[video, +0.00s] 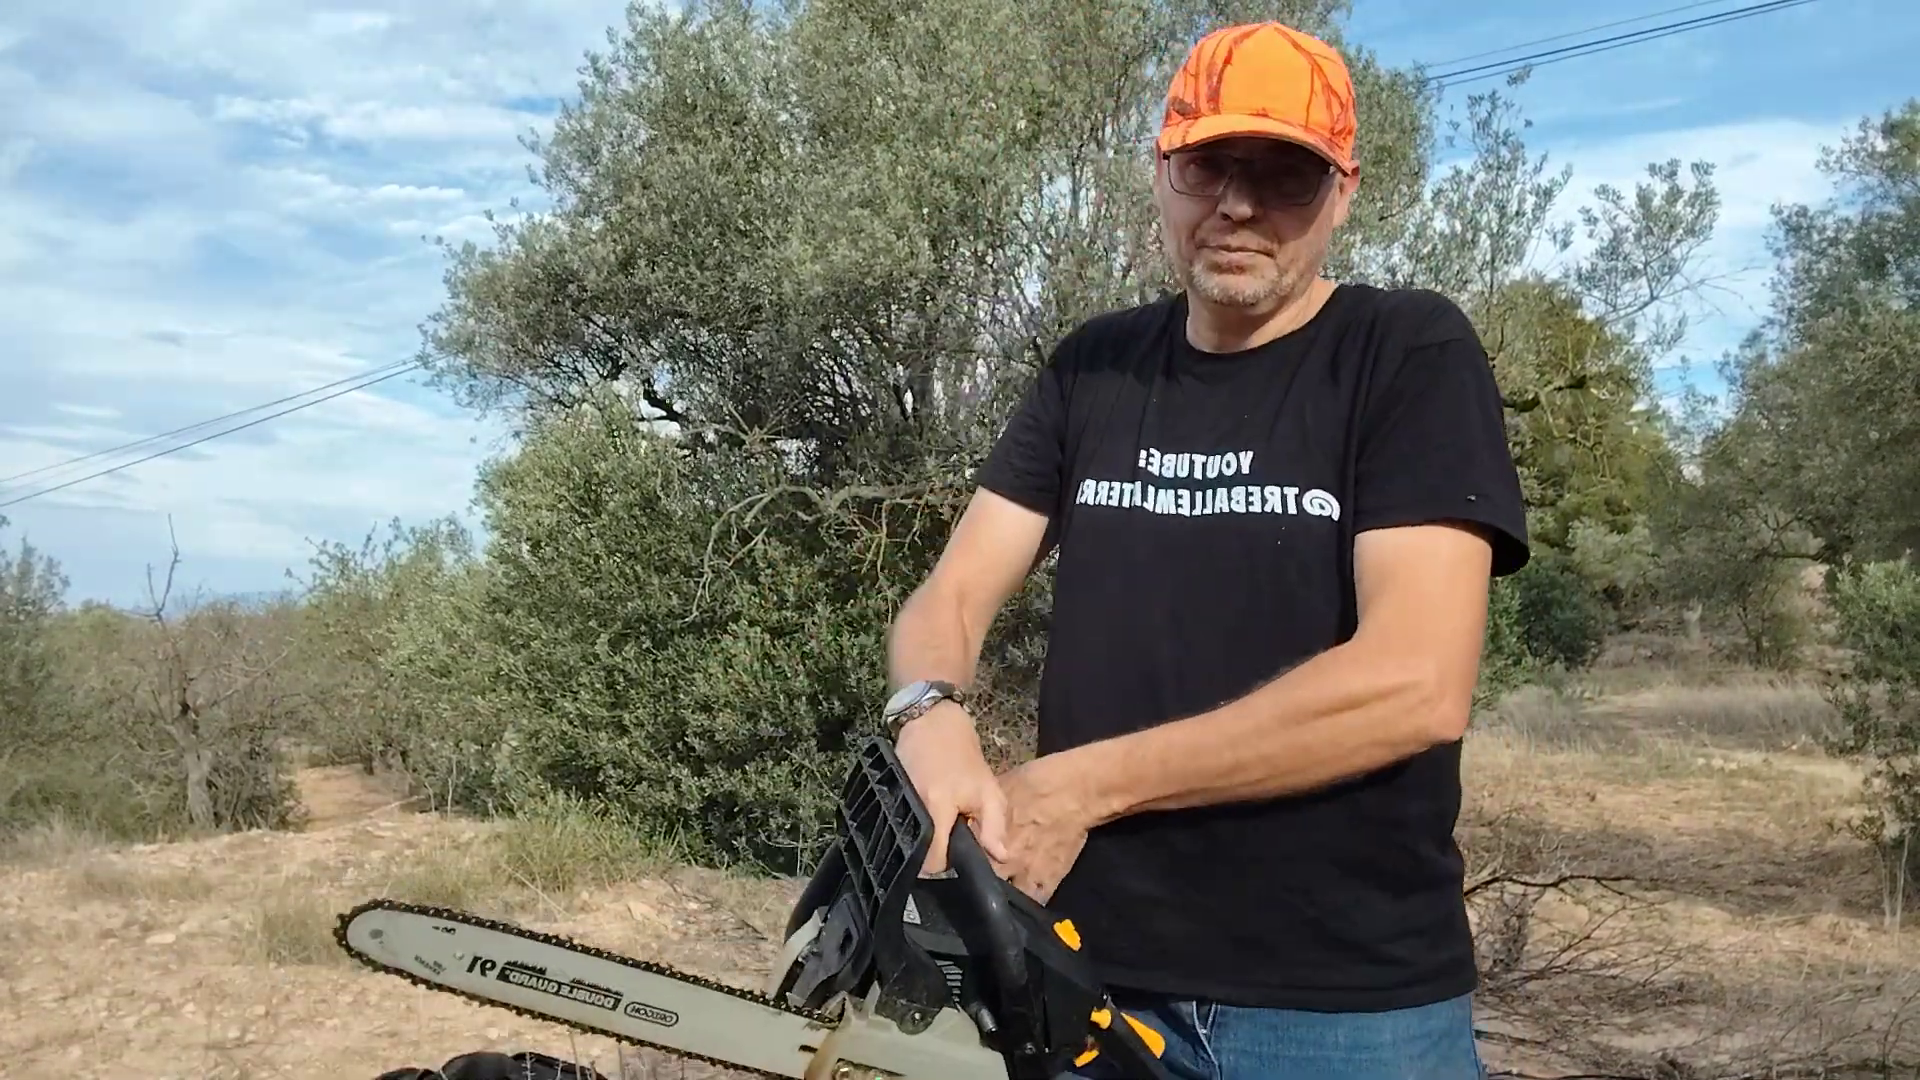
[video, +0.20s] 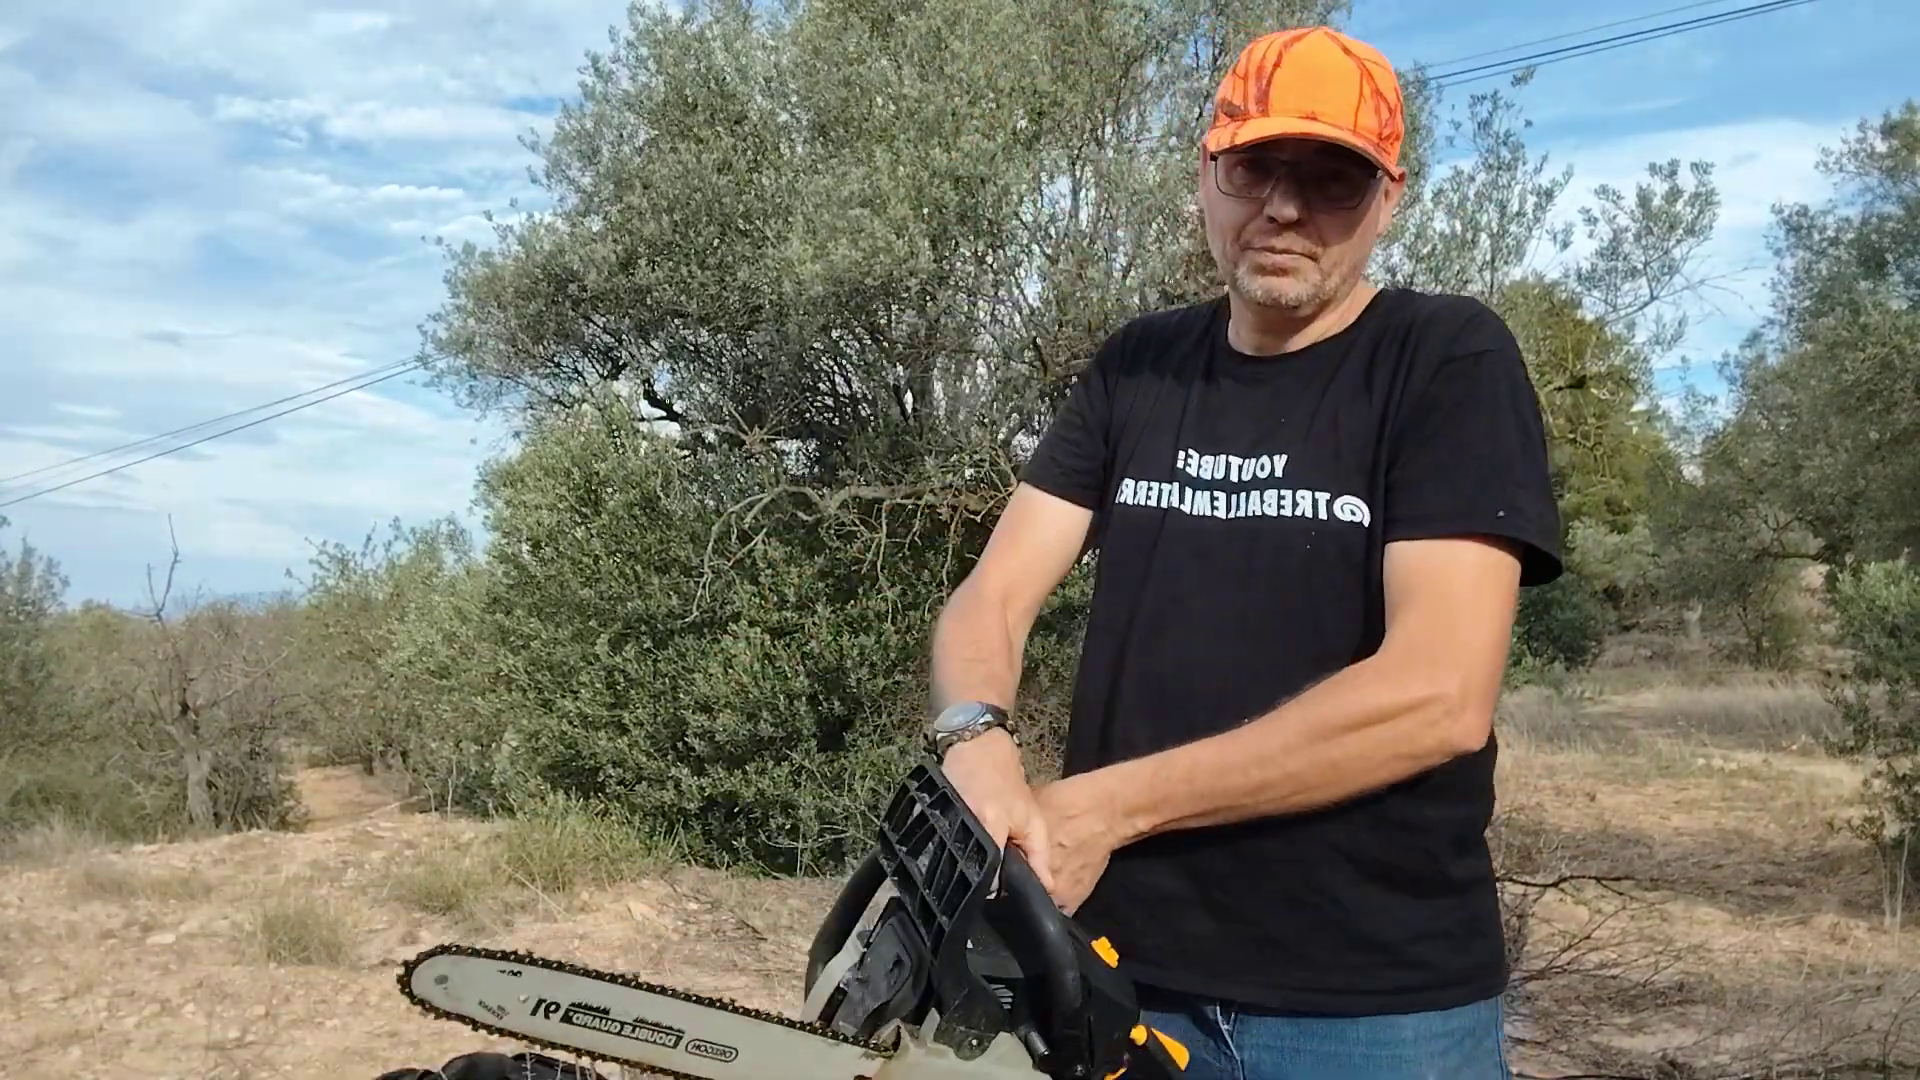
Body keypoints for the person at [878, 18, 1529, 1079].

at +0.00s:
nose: (1237, 207)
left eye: (1281, 175)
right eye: (1208, 168)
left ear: (1342, 195)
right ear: (1164, 179)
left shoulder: (1410, 350)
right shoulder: (1094, 364)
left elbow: (1417, 680)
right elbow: (948, 601)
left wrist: (1086, 785)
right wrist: (931, 719)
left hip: (1349, 1017)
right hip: (1095, 1000)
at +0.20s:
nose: (1281, 206)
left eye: (1326, 178)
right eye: (1252, 168)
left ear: (1387, 201)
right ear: (1205, 180)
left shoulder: (1448, 354)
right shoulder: (1139, 363)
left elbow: (1441, 692)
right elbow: (989, 603)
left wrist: (1109, 806)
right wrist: (973, 742)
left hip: (1379, 1018)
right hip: (1128, 997)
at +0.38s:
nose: (1303, 220)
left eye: (1348, 189)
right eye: (1276, 180)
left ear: (1403, 206)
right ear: (1224, 183)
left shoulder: (1481, 350)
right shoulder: (1143, 363)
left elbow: (1693, 602)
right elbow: (973, 584)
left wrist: (1395, 571)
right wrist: (966, 760)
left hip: (1390, 988)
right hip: (1121, 967)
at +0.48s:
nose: (1300, 206)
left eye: (1347, 174)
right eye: (1271, 165)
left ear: (1404, 201)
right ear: (1220, 175)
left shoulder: (1486, 345)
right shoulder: (1138, 356)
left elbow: (1767, 560)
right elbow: (967, 581)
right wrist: (996, 769)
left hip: (1397, 976)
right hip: (1144, 955)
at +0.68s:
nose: (1331, 206)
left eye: (1376, 175)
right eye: (1303, 164)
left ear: (1424, 193)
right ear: (1242, 156)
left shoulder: (1485, 362)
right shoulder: (1136, 349)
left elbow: (1688, 627)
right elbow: (985, 616)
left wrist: (1635, 469)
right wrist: (1014, 842)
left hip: (1428, 1010)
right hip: (1158, 999)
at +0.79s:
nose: (1334, 207)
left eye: (1379, 175)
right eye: (1303, 163)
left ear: (1429, 193)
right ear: (1244, 160)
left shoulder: (1483, 367)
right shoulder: (1139, 345)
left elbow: (1638, 667)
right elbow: (987, 607)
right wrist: (1006, 833)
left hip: (1425, 1014)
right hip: (1159, 1000)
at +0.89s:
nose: (1337, 203)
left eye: (1383, 172)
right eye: (1305, 160)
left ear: (1432, 194)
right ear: (1243, 158)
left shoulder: (1484, 372)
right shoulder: (1141, 341)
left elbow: (1584, 680)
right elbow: (987, 606)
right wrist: (1013, 802)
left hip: (1418, 1016)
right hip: (1150, 996)